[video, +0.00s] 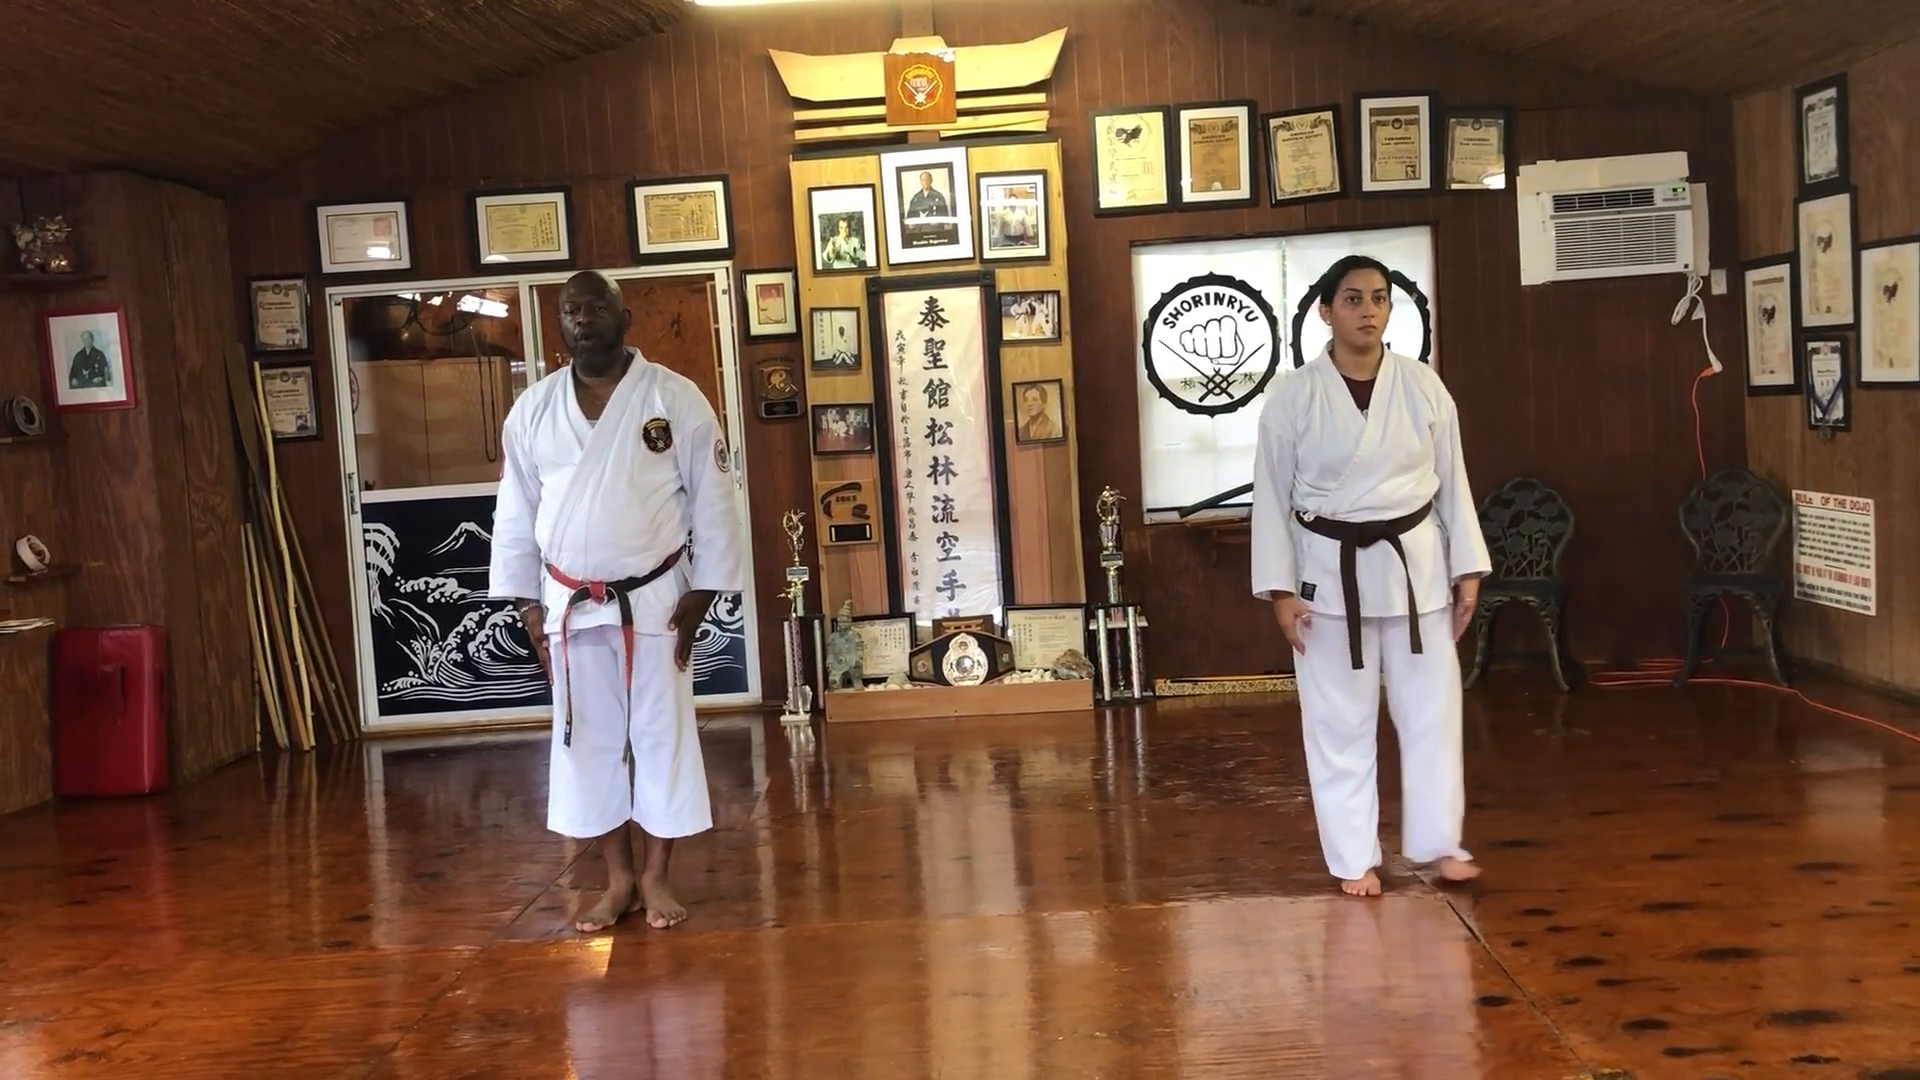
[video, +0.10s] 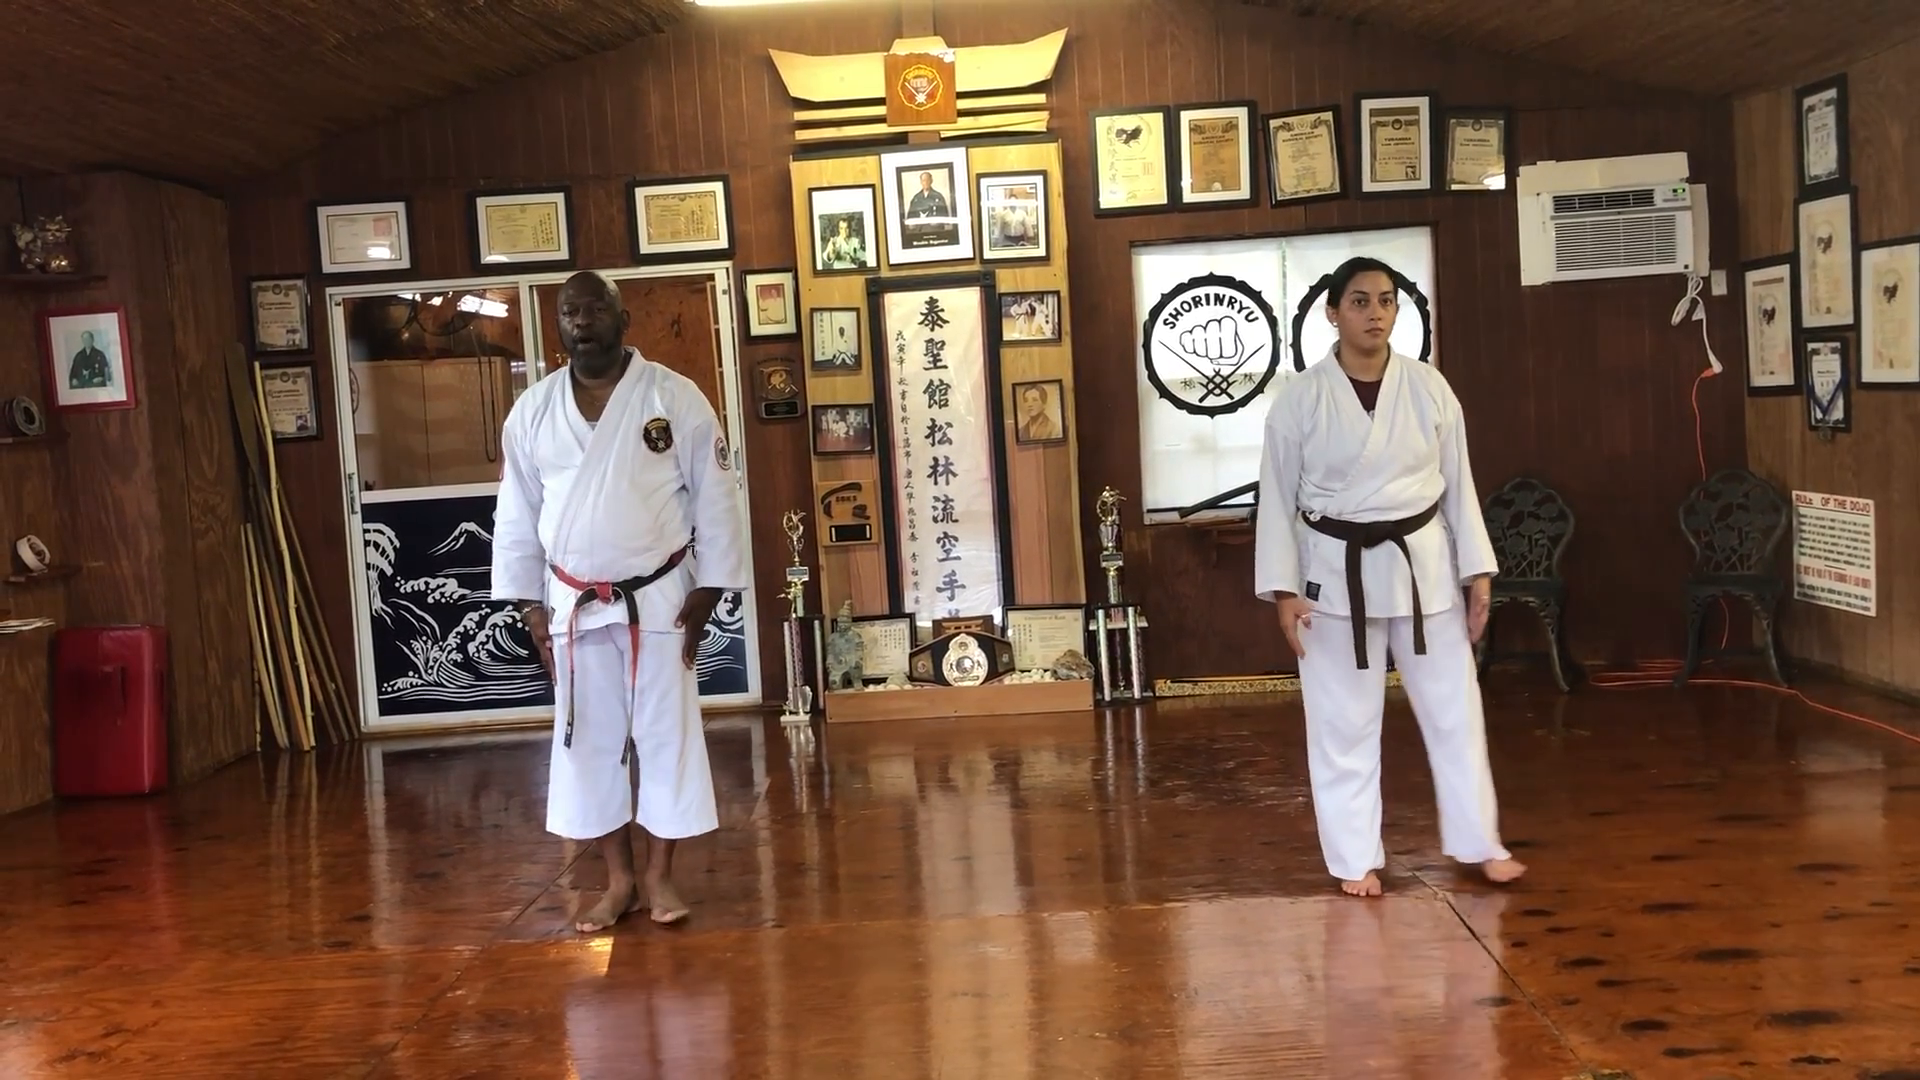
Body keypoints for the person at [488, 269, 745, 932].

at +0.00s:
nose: (583, 320)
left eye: (595, 308)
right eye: (572, 312)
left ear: (624, 319)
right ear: (558, 328)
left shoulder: (675, 398)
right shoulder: (532, 410)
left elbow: (712, 499)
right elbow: (516, 508)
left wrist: (706, 589)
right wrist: (524, 597)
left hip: (656, 590)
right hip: (572, 597)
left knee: (658, 733)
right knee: (590, 734)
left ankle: (654, 879)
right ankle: (617, 880)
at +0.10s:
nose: (579, 321)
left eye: (592, 308)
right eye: (569, 312)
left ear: (621, 317)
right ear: (557, 327)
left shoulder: (675, 397)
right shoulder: (532, 411)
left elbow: (715, 496)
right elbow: (518, 510)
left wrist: (711, 587)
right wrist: (527, 597)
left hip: (659, 589)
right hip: (575, 597)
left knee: (662, 733)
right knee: (592, 734)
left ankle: (657, 876)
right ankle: (618, 880)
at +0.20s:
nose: (585, 323)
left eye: (596, 310)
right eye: (572, 315)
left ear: (623, 317)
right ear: (559, 329)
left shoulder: (677, 395)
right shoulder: (535, 414)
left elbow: (721, 491)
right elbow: (520, 514)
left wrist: (722, 585)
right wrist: (529, 605)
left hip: (668, 587)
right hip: (581, 598)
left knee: (681, 729)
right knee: (596, 735)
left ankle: (693, 873)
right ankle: (618, 879)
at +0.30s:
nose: (592, 324)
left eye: (603, 310)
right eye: (579, 314)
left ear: (631, 316)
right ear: (566, 326)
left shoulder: (682, 394)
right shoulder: (541, 413)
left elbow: (728, 491)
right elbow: (526, 512)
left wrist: (733, 579)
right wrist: (533, 604)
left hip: (680, 585)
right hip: (591, 597)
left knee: (712, 723)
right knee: (600, 735)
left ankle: (747, 868)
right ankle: (620, 881)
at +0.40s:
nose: (604, 325)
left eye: (615, 312)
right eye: (591, 315)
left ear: (642, 317)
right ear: (578, 327)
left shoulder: (695, 397)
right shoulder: (552, 412)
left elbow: (744, 492)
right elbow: (533, 510)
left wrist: (737, 574)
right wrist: (538, 597)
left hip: (693, 584)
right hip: (602, 595)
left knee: (740, 716)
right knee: (609, 734)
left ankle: (794, 865)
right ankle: (622, 882)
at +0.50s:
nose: (619, 329)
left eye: (631, 316)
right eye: (606, 319)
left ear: (661, 320)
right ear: (593, 328)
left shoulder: (713, 399)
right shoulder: (570, 412)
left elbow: (759, 493)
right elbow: (549, 506)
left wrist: (744, 568)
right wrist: (556, 591)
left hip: (708, 587)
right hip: (618, 599)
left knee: (770, 722)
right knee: (616, 737)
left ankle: (819, 869)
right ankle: (622, 883)